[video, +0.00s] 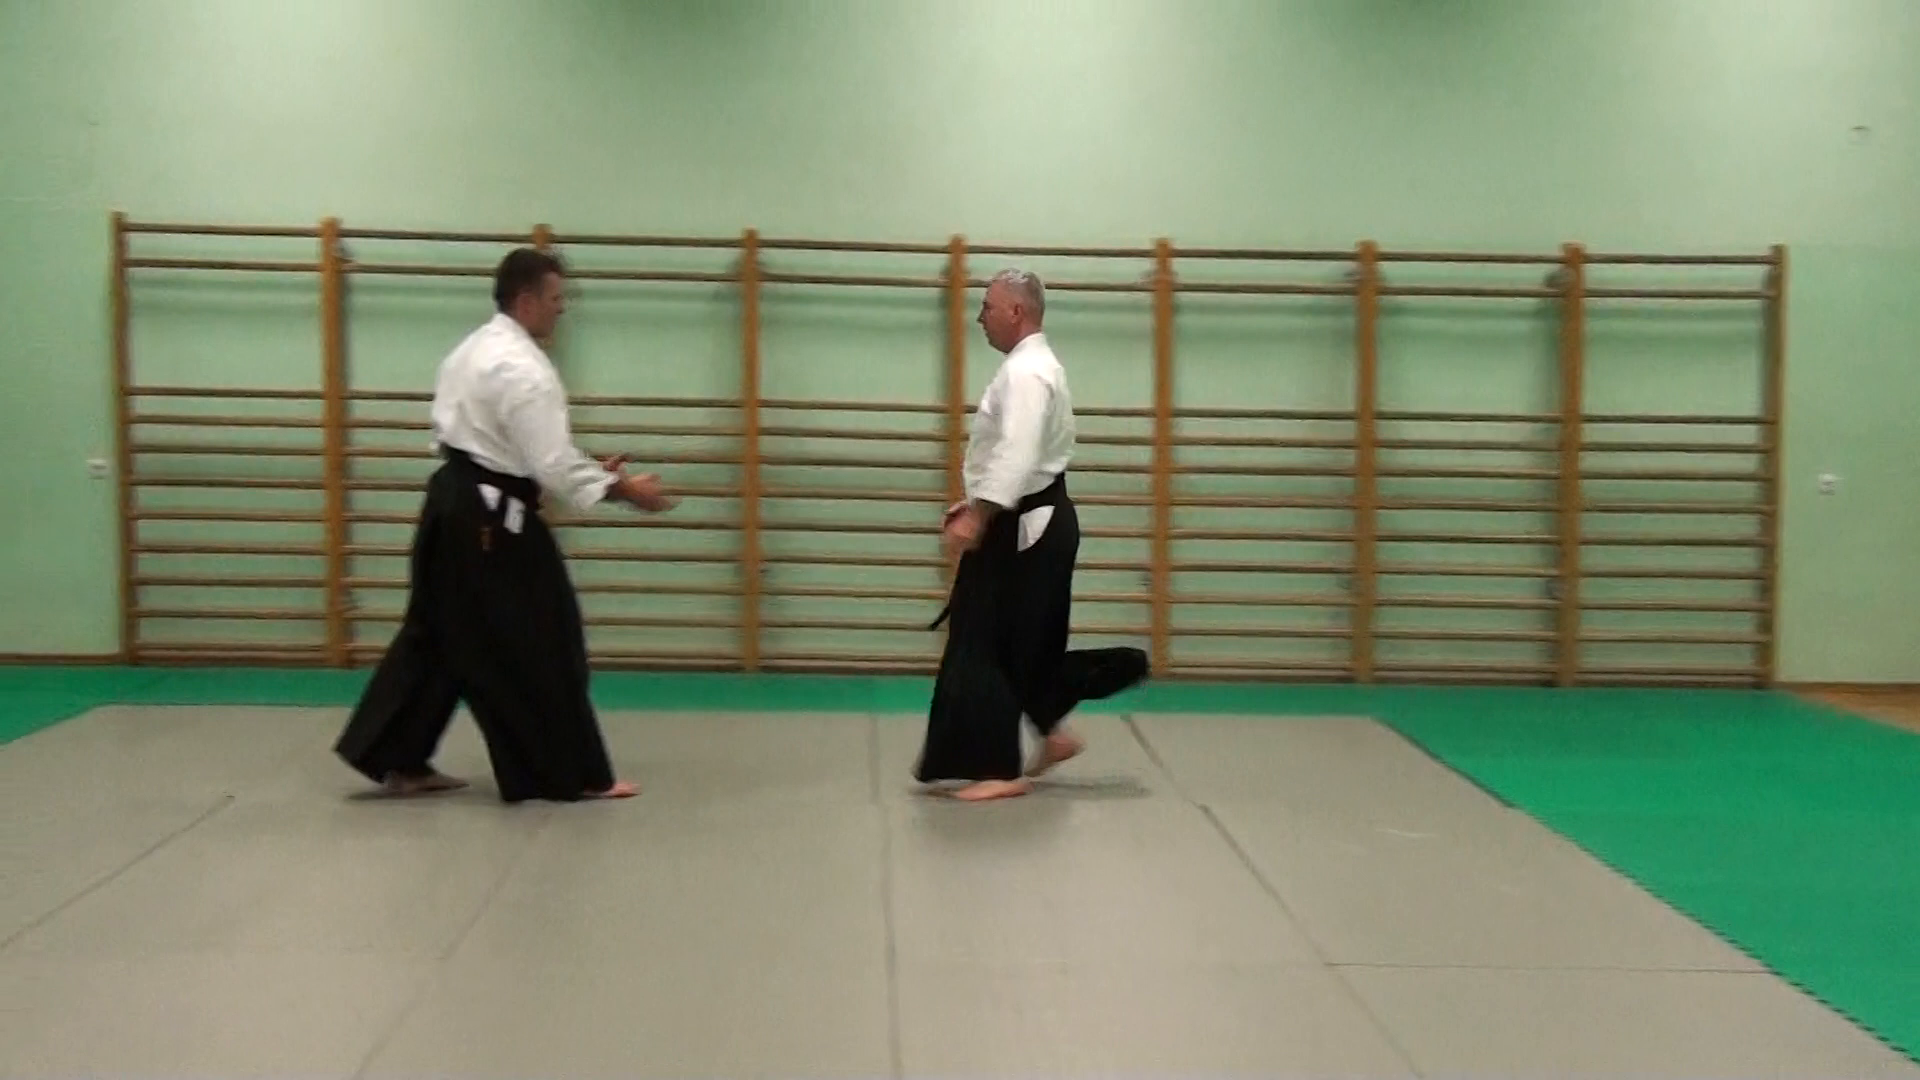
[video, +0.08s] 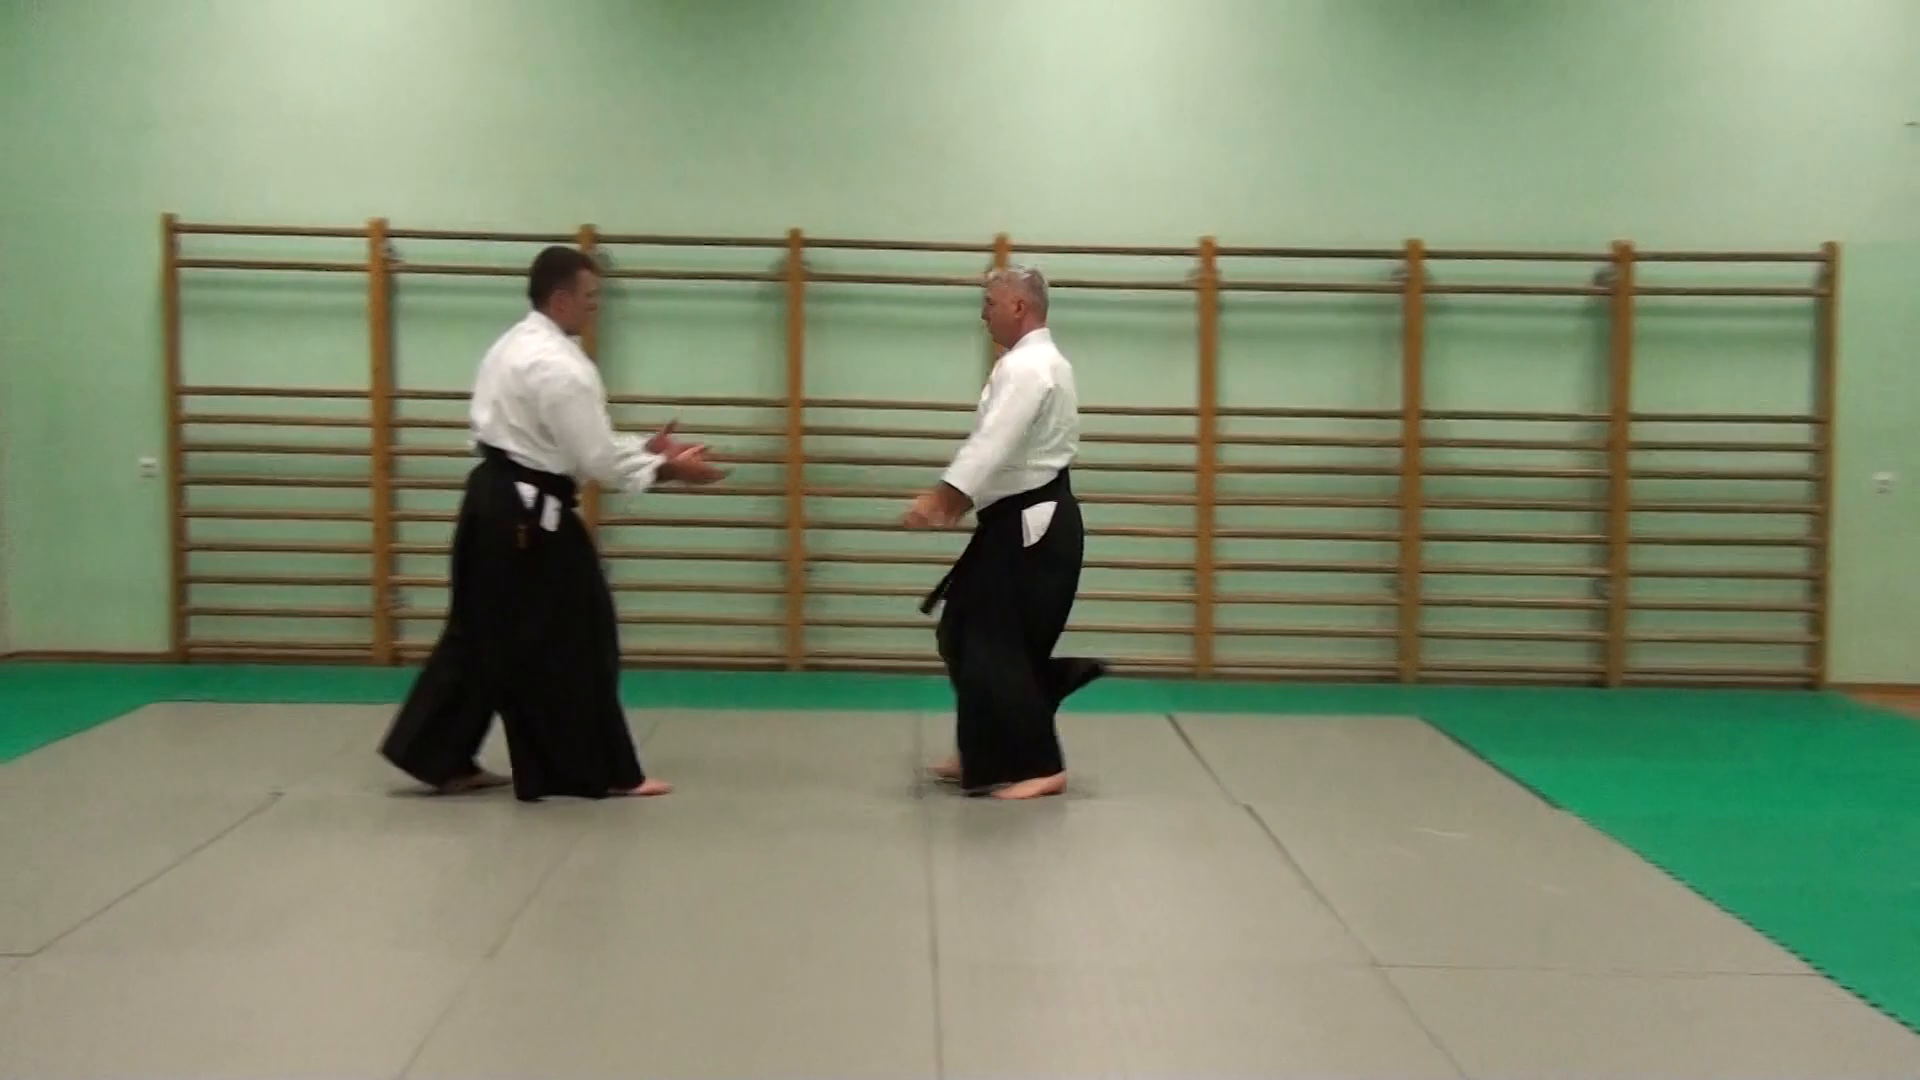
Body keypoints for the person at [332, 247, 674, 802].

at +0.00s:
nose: (561, 309)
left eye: (561, 299)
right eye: (555, 299)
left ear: (516, 299)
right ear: (524, 299)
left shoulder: (472, 349)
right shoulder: (525, 369)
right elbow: (555, 464)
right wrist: (620, 486)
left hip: (450, 502)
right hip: (497, 516)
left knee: (442, 633)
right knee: (548, 637)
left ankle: (399, 758)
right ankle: (575, 773)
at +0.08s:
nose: (595, 307)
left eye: (595, 296)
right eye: (589, 296)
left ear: (549, 296)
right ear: (558, 296)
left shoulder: (510, 345)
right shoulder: (563, 367)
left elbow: (561, 439)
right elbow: (599, 458)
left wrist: (641, 449)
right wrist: (666, 467)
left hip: (490, 498)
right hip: (535, 515)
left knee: (483, 631)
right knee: (586, 632)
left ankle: (442, 755)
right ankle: (607, 770)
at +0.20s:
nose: (635, 304)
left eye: (635, 293)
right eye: (627, 293)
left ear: (588, 297)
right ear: (596, 295)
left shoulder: (555, 343)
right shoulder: (603, 364)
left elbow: (626, 423)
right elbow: (651, 446)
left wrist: (697, 426)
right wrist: (721, 450)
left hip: (535, 498)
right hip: (579, 512)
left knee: (529, 629)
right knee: (630, 629)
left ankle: (490, 755)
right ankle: (650, 765)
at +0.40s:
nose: (701, 302)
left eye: (701, 293)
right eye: (694, 292)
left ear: (657, 295)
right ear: (665, 295)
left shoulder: (628, 342)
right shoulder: (670, 362)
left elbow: (705, 408)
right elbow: (726, 434)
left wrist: (777, 407)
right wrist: (797, 428)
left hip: (609, 495)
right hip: (650, 509)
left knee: (601, 626)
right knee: (698, 627)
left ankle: (575, 757)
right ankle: (706, 762)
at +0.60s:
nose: (771, 304)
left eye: (771, 293)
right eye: (765, 293)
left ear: (729, 294)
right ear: (737, 294)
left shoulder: (700, 340)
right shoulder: (742, 360)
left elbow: (777, 411)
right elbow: (789, 449)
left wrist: (851, 416)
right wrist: (842, 457)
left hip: (678, 495)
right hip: (720, 508)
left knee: (668, 625)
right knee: (766, 625)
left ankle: (638, 756)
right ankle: (769, 761)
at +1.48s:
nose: (839, 303)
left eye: (838, 292)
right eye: (835, 292)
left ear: (790, 293)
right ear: (814, 294)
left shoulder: (761, 342)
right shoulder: (814, 361)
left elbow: (819, 419)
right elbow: (830, 461)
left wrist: (868, 379)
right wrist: (857, 501)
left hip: (732, 491)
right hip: (773, 507)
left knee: (721, 621)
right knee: (834, 616)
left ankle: (675, 749)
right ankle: (828, 757)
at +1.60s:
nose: (867, 306)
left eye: (865, 295)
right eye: (863, 296)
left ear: (818, 296)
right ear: (844, 300)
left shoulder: (794, 342)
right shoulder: (839, 364)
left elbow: (862, 393)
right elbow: (854, 461)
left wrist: (896, 334)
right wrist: (877, 525)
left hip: (768, 495)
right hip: (802, 512)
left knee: (748, 627)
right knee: (850, 623)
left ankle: (685, 748)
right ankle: (835, 767)